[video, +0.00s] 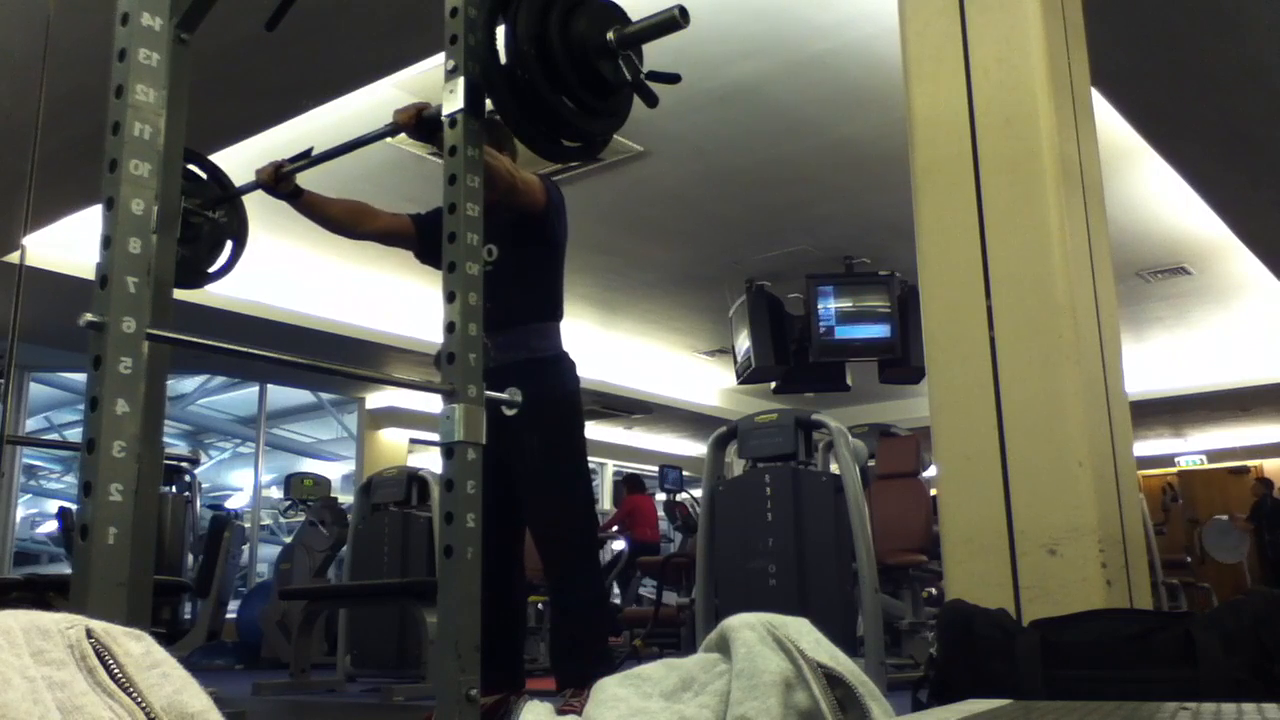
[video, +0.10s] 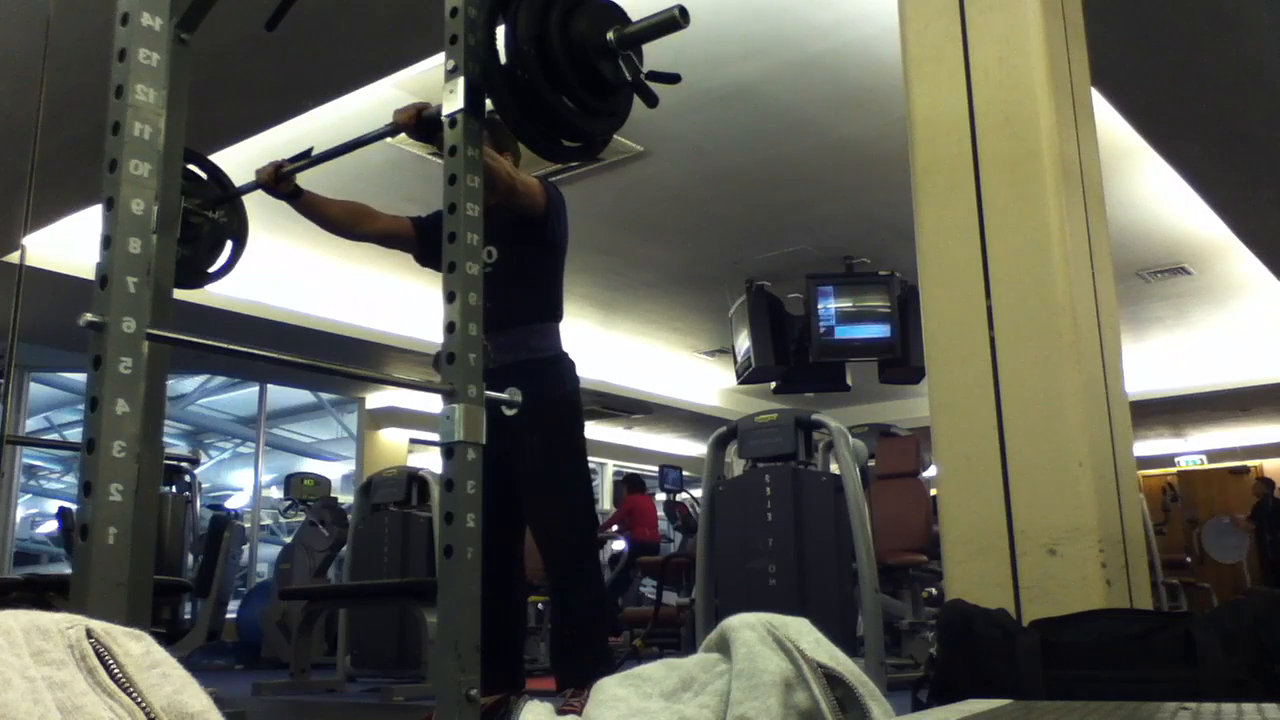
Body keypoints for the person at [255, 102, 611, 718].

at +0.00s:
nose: (463, 169)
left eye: (472, 156)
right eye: (457, 161)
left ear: (496, 151)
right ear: (451, 166)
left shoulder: (541, 202)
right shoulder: (455, 223)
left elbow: (504, 179)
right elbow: (369, 221)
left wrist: (440, 133)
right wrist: (294, 192)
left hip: (540, 384)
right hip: (477, 392)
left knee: (562, 536)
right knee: (488, 545)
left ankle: (579, 684)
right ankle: (498, 687)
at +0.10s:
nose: (466, 170)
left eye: (476, 157)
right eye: (459, 162)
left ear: (503, 153)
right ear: (453, 167)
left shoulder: (542, 205)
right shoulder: (456, 226)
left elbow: (503, 180)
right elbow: (367, 222)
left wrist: (441, 133)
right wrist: (295, 193)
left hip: (539, 384)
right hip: (476, 392)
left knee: (563, 537)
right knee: (488, 546)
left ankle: (579, 685)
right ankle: (498, 687)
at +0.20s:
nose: (468, 167)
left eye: (477, 154)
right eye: (461, 159)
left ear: (504, 150)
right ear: (455, 165)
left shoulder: (543, 206)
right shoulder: (456, 226)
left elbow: (505, 180)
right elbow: (366, 222)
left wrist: (440, 133)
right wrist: (294, 193)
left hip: (539, 384)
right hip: (476, 392)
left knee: (563, 538)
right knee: (487, 547)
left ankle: (581, 685)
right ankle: (496, 688)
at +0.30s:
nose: (467, 165)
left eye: (477, 152)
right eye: (461, 158)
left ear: (505, 150)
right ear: (456, 164)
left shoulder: (543, 206)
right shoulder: (457, 226)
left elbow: (504, 179)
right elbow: (366, 222)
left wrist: (440, 133)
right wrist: (294, 193)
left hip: (538, 384)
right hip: (475, 392)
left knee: (563, 538)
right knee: (487, 546)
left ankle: (579, 685)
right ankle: (497, 687)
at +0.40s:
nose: (467, 166)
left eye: (477, 154)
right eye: (461, 159)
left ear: (508, 153)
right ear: (457, 165)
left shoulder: (543, 207)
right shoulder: (456, 227)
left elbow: (504, 180)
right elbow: (368, 223)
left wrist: (440, 133)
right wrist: (295, 193)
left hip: (539, 385)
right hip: (475, 393)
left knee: (564, 538)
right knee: (487, 547)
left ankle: (579, 685)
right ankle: (498, 687)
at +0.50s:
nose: (466, 166)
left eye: (475, 154)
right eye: (460, 159)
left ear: (507, 153)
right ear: (456, 165)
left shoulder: (543, 207)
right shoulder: (456, 227)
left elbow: (501, 178)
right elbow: (368, 224)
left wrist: (439, 133)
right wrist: (294, 192)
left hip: (539, 385)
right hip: (476, 393)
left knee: (565, 539)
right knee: (488, 548)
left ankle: (579, 684)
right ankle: (498, 687)